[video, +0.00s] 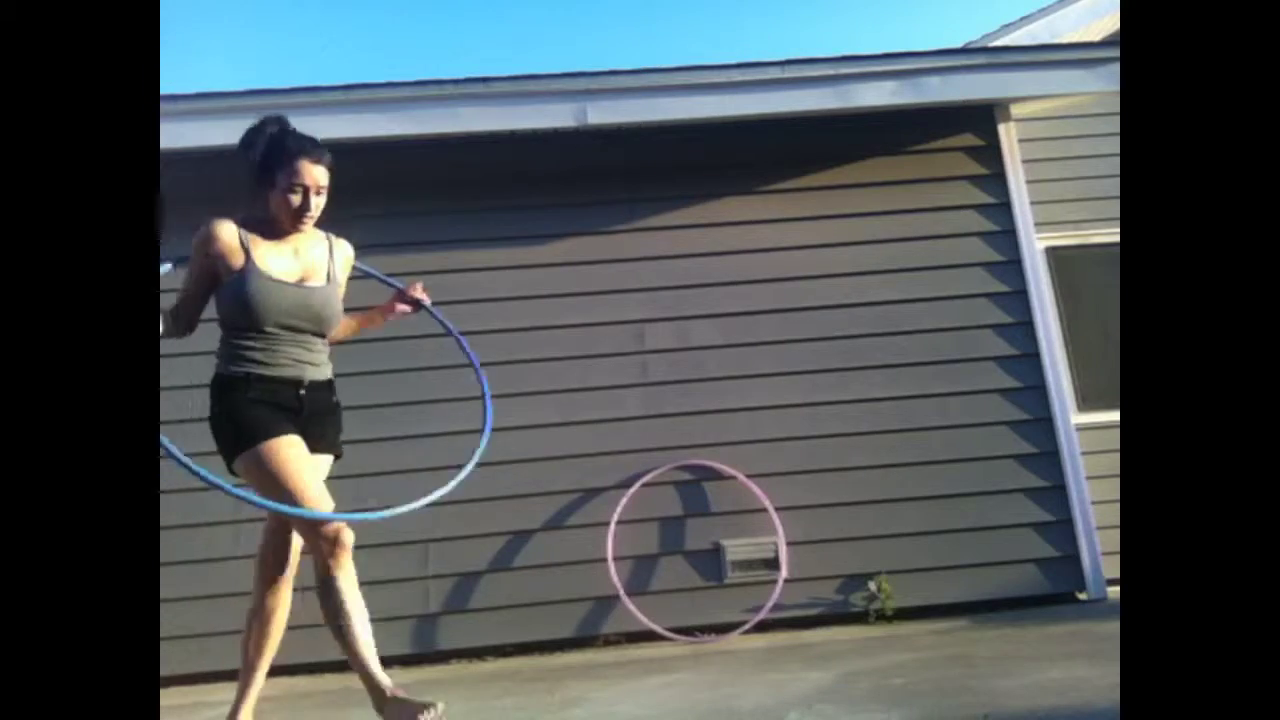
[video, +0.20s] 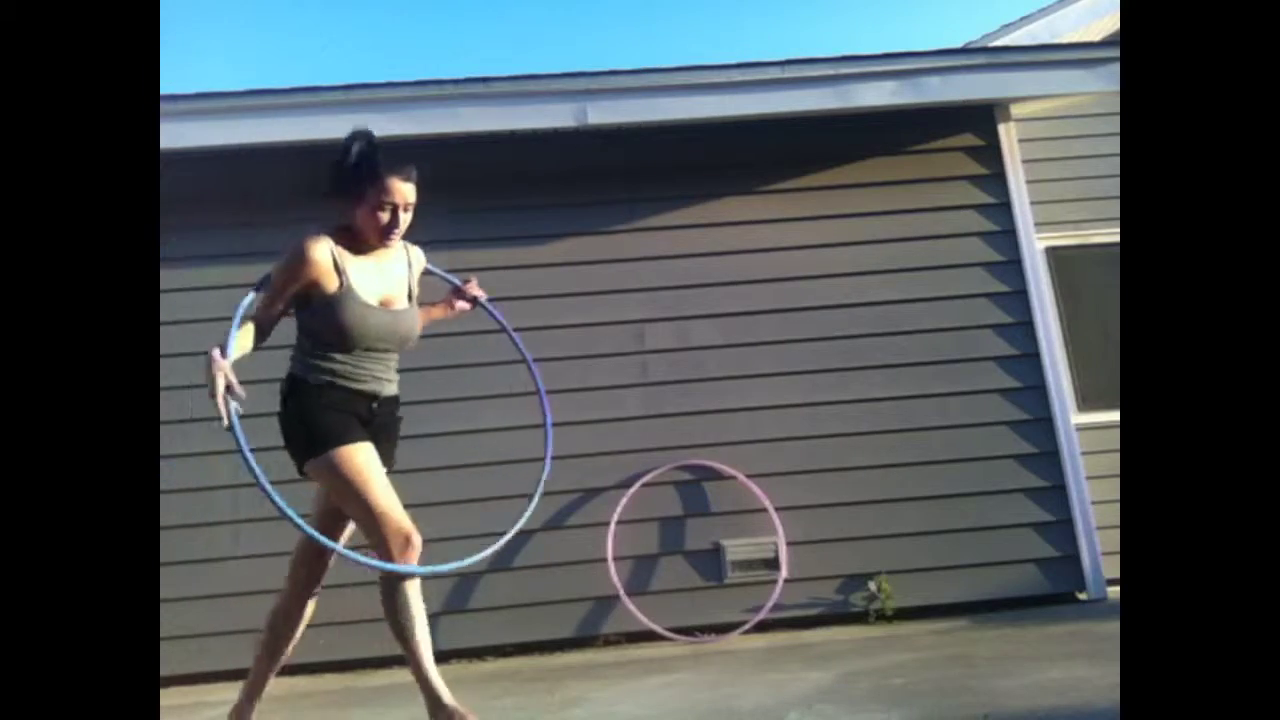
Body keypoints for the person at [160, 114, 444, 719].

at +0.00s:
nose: (309, 202)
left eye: (319, 191)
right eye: (296, 189)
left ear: (329, 190)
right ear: (267, 185)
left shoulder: (337, 251)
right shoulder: (224, 239)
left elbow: (327, 330)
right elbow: (179, 324)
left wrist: (387, 312)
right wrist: (166, 310)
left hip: (318, 404)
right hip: (248, 400)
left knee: (276, 569)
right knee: (333, 536)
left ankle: (241, 710)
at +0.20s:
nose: (397, 219)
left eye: (406, 208)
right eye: (385, 206)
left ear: (416, 205)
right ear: (354, 200)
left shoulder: (409, 257)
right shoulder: (317, 254)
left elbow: (393, 324)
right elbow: (259, 320)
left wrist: (447, 307)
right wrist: (224, 356)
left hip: (379, 413)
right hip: (321, 407)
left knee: (308, 572)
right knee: (402, 541)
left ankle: (246, 705)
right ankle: (437, 698)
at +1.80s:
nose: (556, 247)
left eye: (565, 237)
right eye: (560, 237)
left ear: (595, 239)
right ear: (574, 239)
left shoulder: (642, 257)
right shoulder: (554, 291)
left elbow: (648, 294)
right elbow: (559, 373)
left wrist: (679, 277)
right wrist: (614, 434)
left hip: (624, 385)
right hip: (562, 389)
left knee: (622, 522)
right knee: (587, 524)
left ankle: (632, 668)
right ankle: (603, 674)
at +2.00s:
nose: (615, 272)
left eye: (623, 262)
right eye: (604, 263)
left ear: (639, 247)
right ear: (583, 251)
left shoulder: (653, 273)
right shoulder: (556, 295)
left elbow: (643, 332)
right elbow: (556, 384)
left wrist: (669, 328)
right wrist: (564, 462)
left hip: (619, 390)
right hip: (558, 398)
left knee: (637, 521)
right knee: (584, 530)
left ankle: (648, 664)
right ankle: (601, 674)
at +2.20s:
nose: (618, 269)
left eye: (627, 258)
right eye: (607, 259)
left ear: (640, 247)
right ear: (583, 247)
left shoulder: (658, 284)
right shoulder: (552, 277)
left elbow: (660, 367)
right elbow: (504, 329)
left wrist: (631, 423)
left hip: (629, 392)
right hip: (562, 393)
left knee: (679, 518)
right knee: (584, 528)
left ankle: (734, 646)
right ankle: (604, 673)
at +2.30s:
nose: (615, 267)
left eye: (623, 255)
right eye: (603, 255)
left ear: (637, 242)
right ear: (579, 242)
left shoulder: (659, 285)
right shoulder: (553, 267)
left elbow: (660, 377)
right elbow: (523, 306)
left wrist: (606, 432)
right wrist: (506, 289)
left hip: (637, 394)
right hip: (569, 396)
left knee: (691, 520)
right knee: (587, 531)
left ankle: (759, 647)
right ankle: (605, 674)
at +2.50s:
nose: (640, 272)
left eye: (648, 260)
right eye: (628, 263)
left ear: (660, 244)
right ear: (603, 247)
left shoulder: (680, 290)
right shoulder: (575, 267)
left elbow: (674, 378)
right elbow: (559, 320)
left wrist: (626, 432)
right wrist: (535, 316)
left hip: (661, 387)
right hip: (596, 390)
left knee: (705, 515)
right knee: (602, 532)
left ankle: (765, 655)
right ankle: (606, 676)